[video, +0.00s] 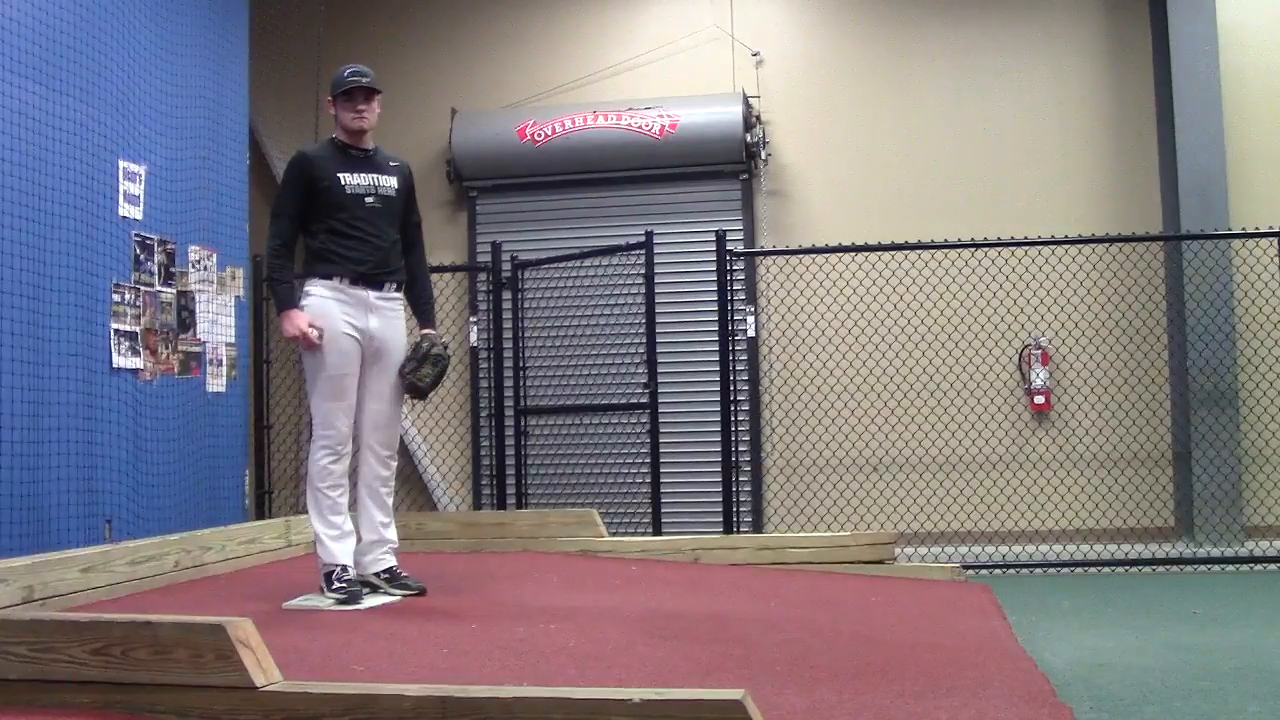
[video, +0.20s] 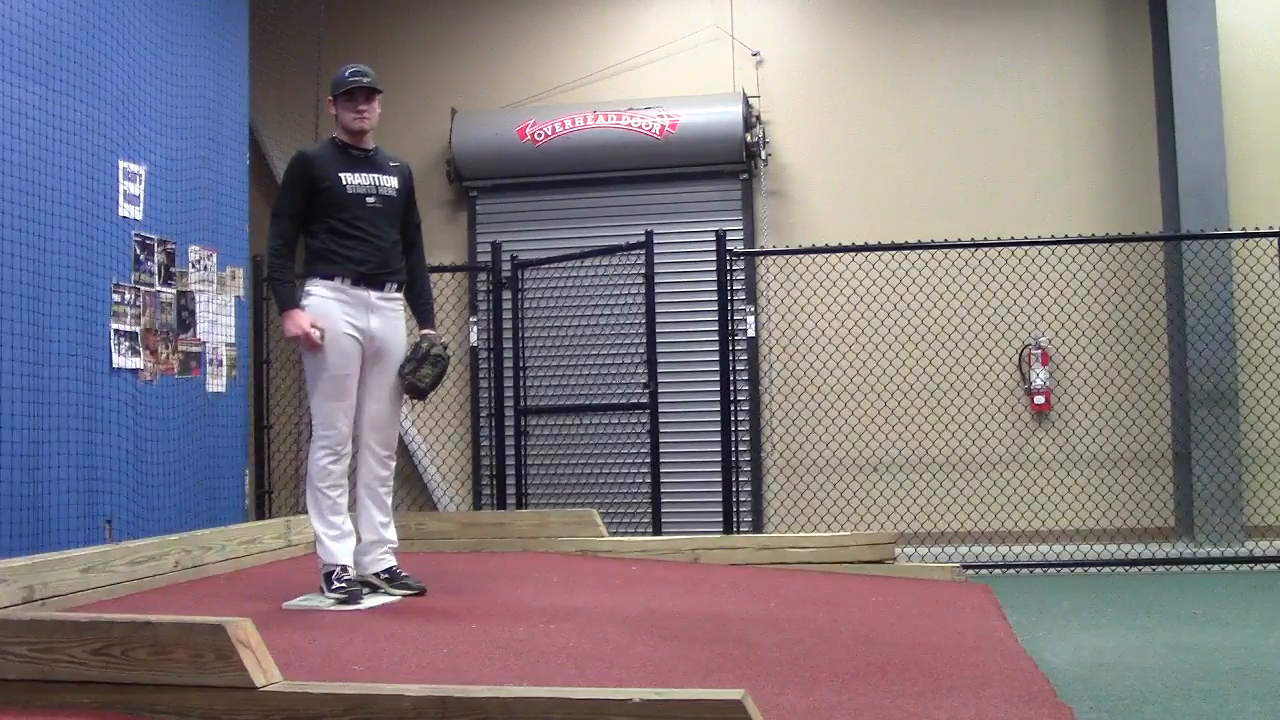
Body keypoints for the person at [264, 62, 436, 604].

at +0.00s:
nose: (361, 106)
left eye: (368, 98)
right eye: (351, 99)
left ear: (380, 106)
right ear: (332, 107)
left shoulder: (398, 171)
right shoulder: (309, 163)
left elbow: (413, 252)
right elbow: (279, 243)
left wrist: (426, 321)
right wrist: (288, 306)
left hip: (390, 308)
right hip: (329, 303)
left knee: (381, 441)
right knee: (334, 438)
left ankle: (378, 561)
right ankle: (336, 565)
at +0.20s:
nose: (361, 107)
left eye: (369, 98)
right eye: (351, 99)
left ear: (380, 106)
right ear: (332, 107)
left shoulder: (398, 171)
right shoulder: (310, 163)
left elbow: (413, 251)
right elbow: (279, 244)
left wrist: (426, 321)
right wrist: (290, 307)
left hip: (390, 309)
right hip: (330, 303)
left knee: (380, 441)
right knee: (334, 439)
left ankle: (378, 561)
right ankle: (336, 565)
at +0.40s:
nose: (363, 108)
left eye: (370, 99)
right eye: (352, 100)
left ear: (381, 106)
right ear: (333, 107)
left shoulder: (398, 171)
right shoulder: (311, 163)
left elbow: (413, 251)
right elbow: (281, 243)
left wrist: (425, 320)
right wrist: (292, 306)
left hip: (390, 309)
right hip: (331, 303)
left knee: (380, 440)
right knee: (334, 438)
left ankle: (377, 561)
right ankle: (336, 564)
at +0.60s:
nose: (365, 109)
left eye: (372, 100)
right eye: (355, 101)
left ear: (383, 107)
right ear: (336, 107)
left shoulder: (399, 171)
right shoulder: (312, 163)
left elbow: (413, 250)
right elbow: (282, 239)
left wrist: (425, 319)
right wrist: (291, 285)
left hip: (393, 309)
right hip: (334, 303)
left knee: (381, 442)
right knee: (336, 439)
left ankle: (378, 561)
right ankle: (336, 564)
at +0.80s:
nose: (367, 111)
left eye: (374, 102)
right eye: (357, 102)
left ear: (384, 108)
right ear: (337, 108)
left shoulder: (400, 171)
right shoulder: (313, 161)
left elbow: (416, 254)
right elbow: (279, 245)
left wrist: (427, 324)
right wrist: (290, 235)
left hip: (394, 309)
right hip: (337, 304)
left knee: (381, 443)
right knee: (336, 441)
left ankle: (378, 561)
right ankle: (336, 564)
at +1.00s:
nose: (370, 112)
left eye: (377, 103)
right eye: (361, 103)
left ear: (388, 109)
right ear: (341, 108)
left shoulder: (402, 174)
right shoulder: (316, 162)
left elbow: (417, 254)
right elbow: (280, 241)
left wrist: (430, 323)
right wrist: (285, 219)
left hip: (395, 308)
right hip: (338, 303)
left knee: (381, 443)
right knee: (337, 440)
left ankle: (377, 561)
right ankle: (337, 564)